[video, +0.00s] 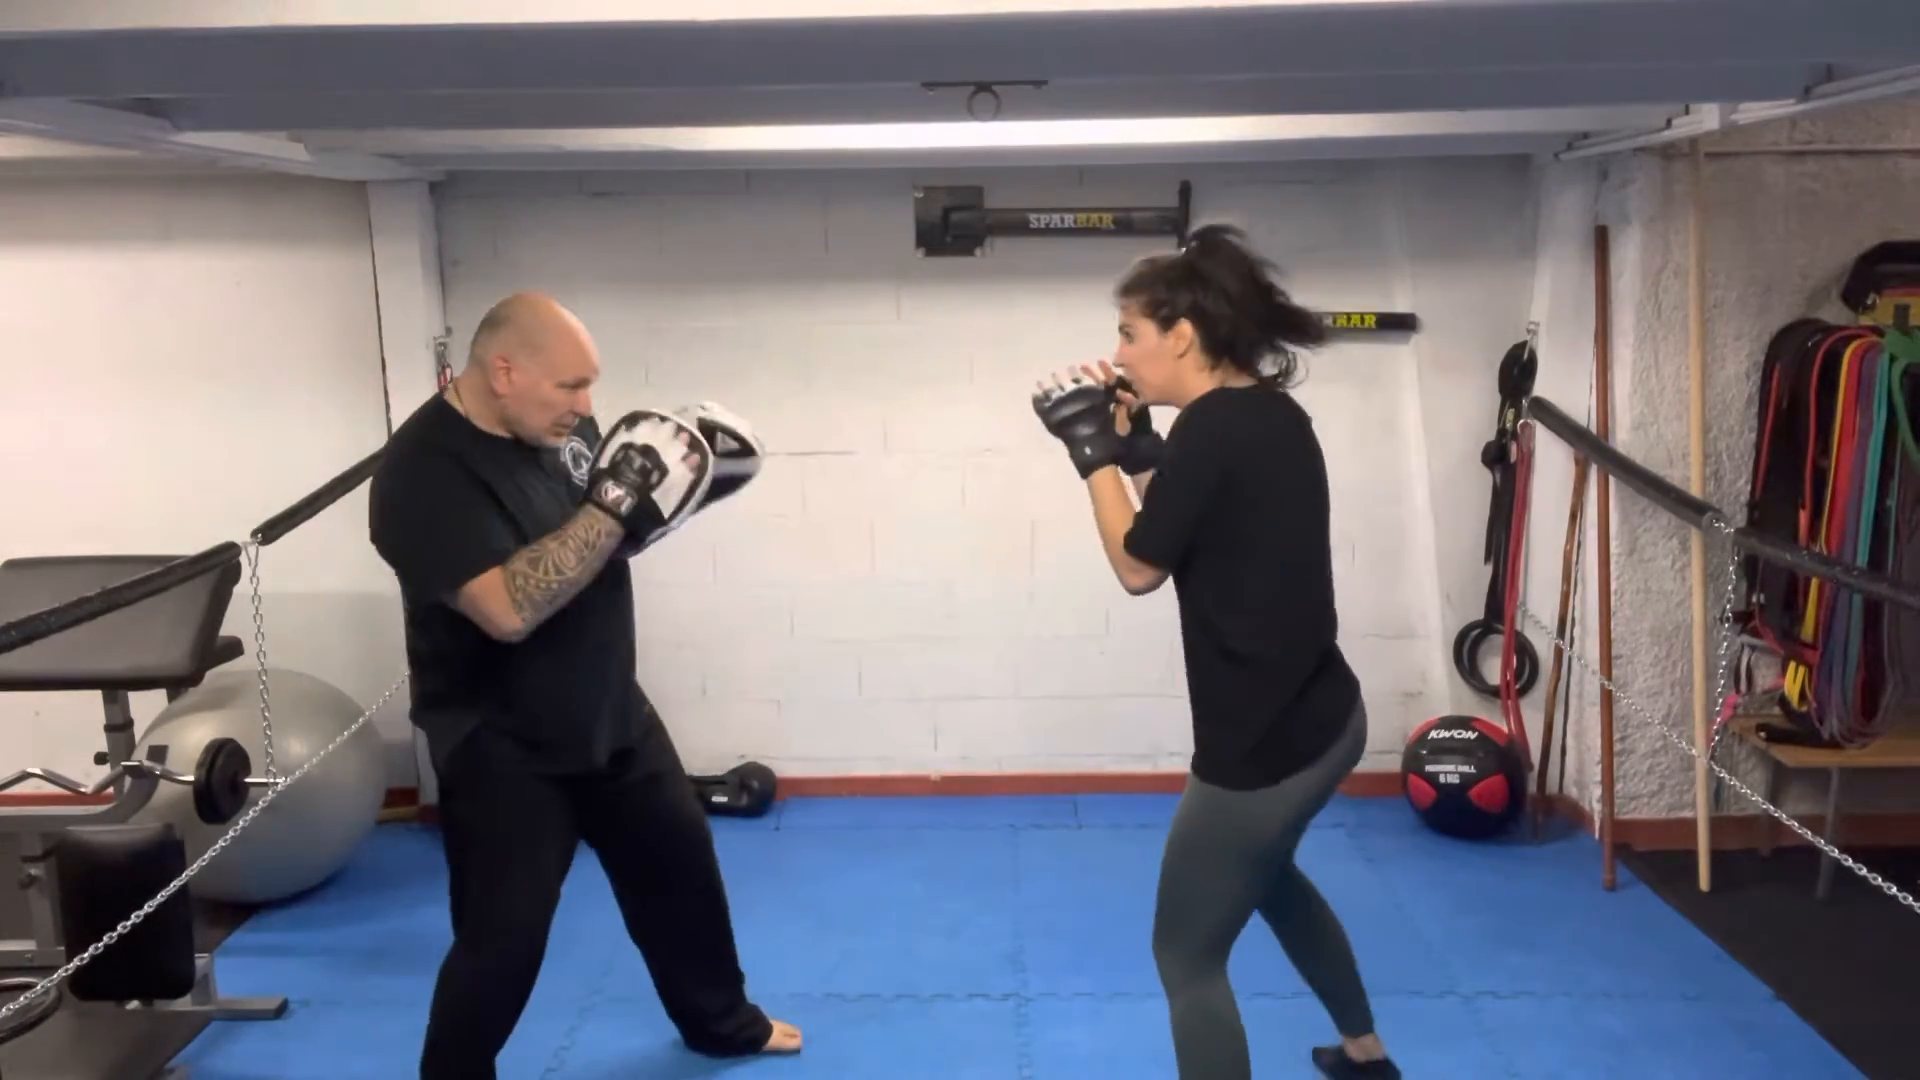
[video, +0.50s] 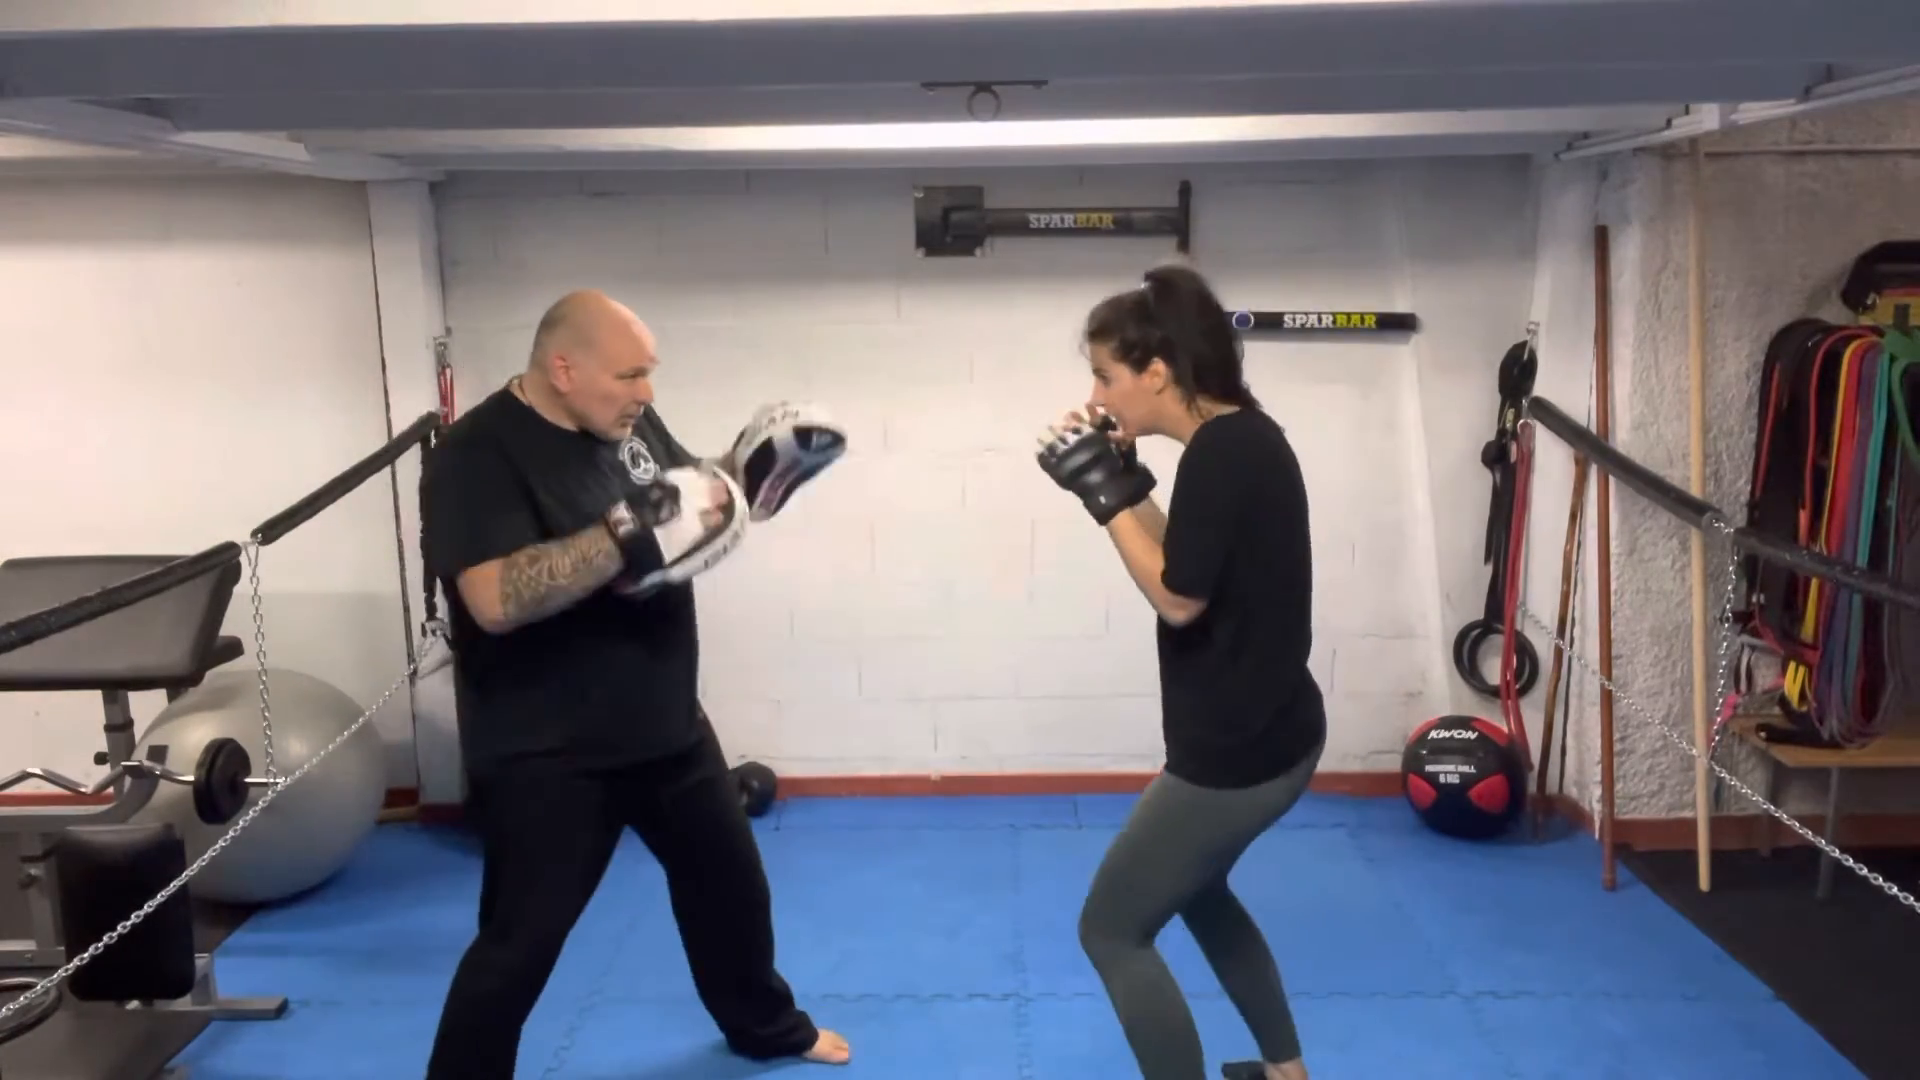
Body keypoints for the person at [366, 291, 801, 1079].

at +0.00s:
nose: (586, 406)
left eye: (589, 385)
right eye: (570, 385)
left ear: (509, 375)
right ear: (501, 374)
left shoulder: (549, 437)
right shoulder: (420, 472)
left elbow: (594, 543)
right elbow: (503, 607)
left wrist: (676, 485)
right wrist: (617, 501)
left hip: (605, 714)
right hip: (500, 744)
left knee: (677, 863)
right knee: (501, 942)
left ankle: (718, 1021)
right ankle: (455, 1071)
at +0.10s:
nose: (580, 399)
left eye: (581, 379)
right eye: (563, 381)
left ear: (502, 371)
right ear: (494, 370)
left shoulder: (550, 430)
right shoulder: (415, 472)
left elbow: (596, 538)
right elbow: (506, 598)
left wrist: (658, 464)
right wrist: (613, 483)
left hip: (606, 714)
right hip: (500, 742)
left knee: (680, 867)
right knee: (498, 944)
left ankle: (738, 1017)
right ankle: (455, 1072)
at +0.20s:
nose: (589, 397)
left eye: (589, 377)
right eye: (571, 380)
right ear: (501, 371)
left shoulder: (574, 432)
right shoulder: (422, 473)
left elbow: (611, 537)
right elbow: (505, 602)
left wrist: (681, 493)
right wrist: (624, 500)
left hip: (616, 729)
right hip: (509, 752)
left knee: (690, 889)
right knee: (500, 950)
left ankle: (759, 1021)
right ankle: (455, 1070)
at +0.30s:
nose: (610, 396)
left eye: (611, 376)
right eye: (592, 379)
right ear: (522, 373)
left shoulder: (601, 431)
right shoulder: (440, 472)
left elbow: (638, 562)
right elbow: (491, 615)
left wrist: (712, 530)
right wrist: (639, 543)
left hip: (640, 736)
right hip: (527, 759)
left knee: (707, 891)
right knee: (511, 953)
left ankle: (762, 1024)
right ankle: (457, 1070)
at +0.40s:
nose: (633, 395)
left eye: (636, 376)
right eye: (617, 377)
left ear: (559, 372)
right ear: (549, 372)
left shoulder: (619, 431)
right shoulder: (463, 459)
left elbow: (669, 509)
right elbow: (485, 612)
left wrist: (724, 508)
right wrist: (640, 564)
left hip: (655, 725)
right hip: (538, 751)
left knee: (726, 880)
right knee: (515, 948)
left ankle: (761, 1023)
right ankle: (459, 1071)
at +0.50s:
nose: (645, 394)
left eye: (647, 375)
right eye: (629, 376)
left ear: (570, 368)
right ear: (561, 367)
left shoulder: (632, 428)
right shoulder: (472, 454)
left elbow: (699, 511)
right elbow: (493, 598)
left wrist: (758, 471)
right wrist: (633, 531)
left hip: (663, 729)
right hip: (544, 751)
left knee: (727, 880)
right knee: (516, 949)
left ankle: (762, 1025)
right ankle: (461, 1076)